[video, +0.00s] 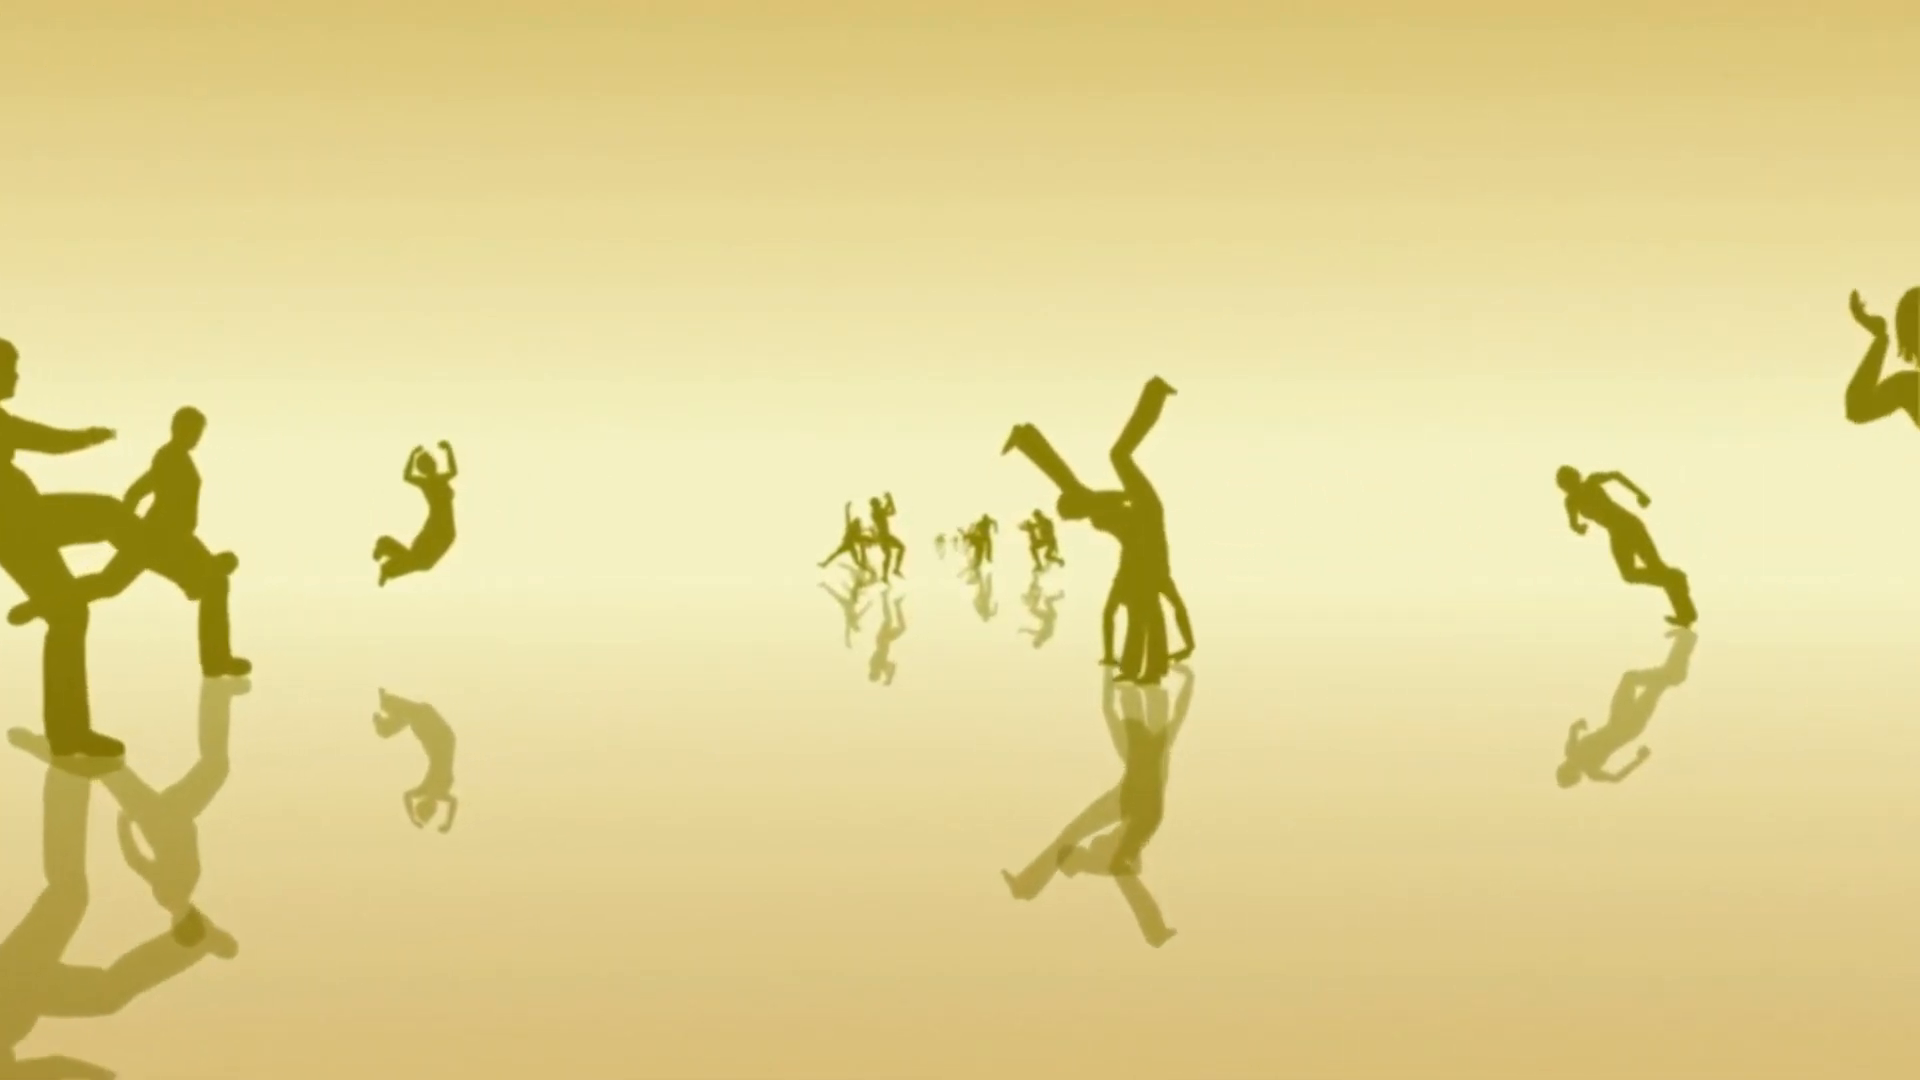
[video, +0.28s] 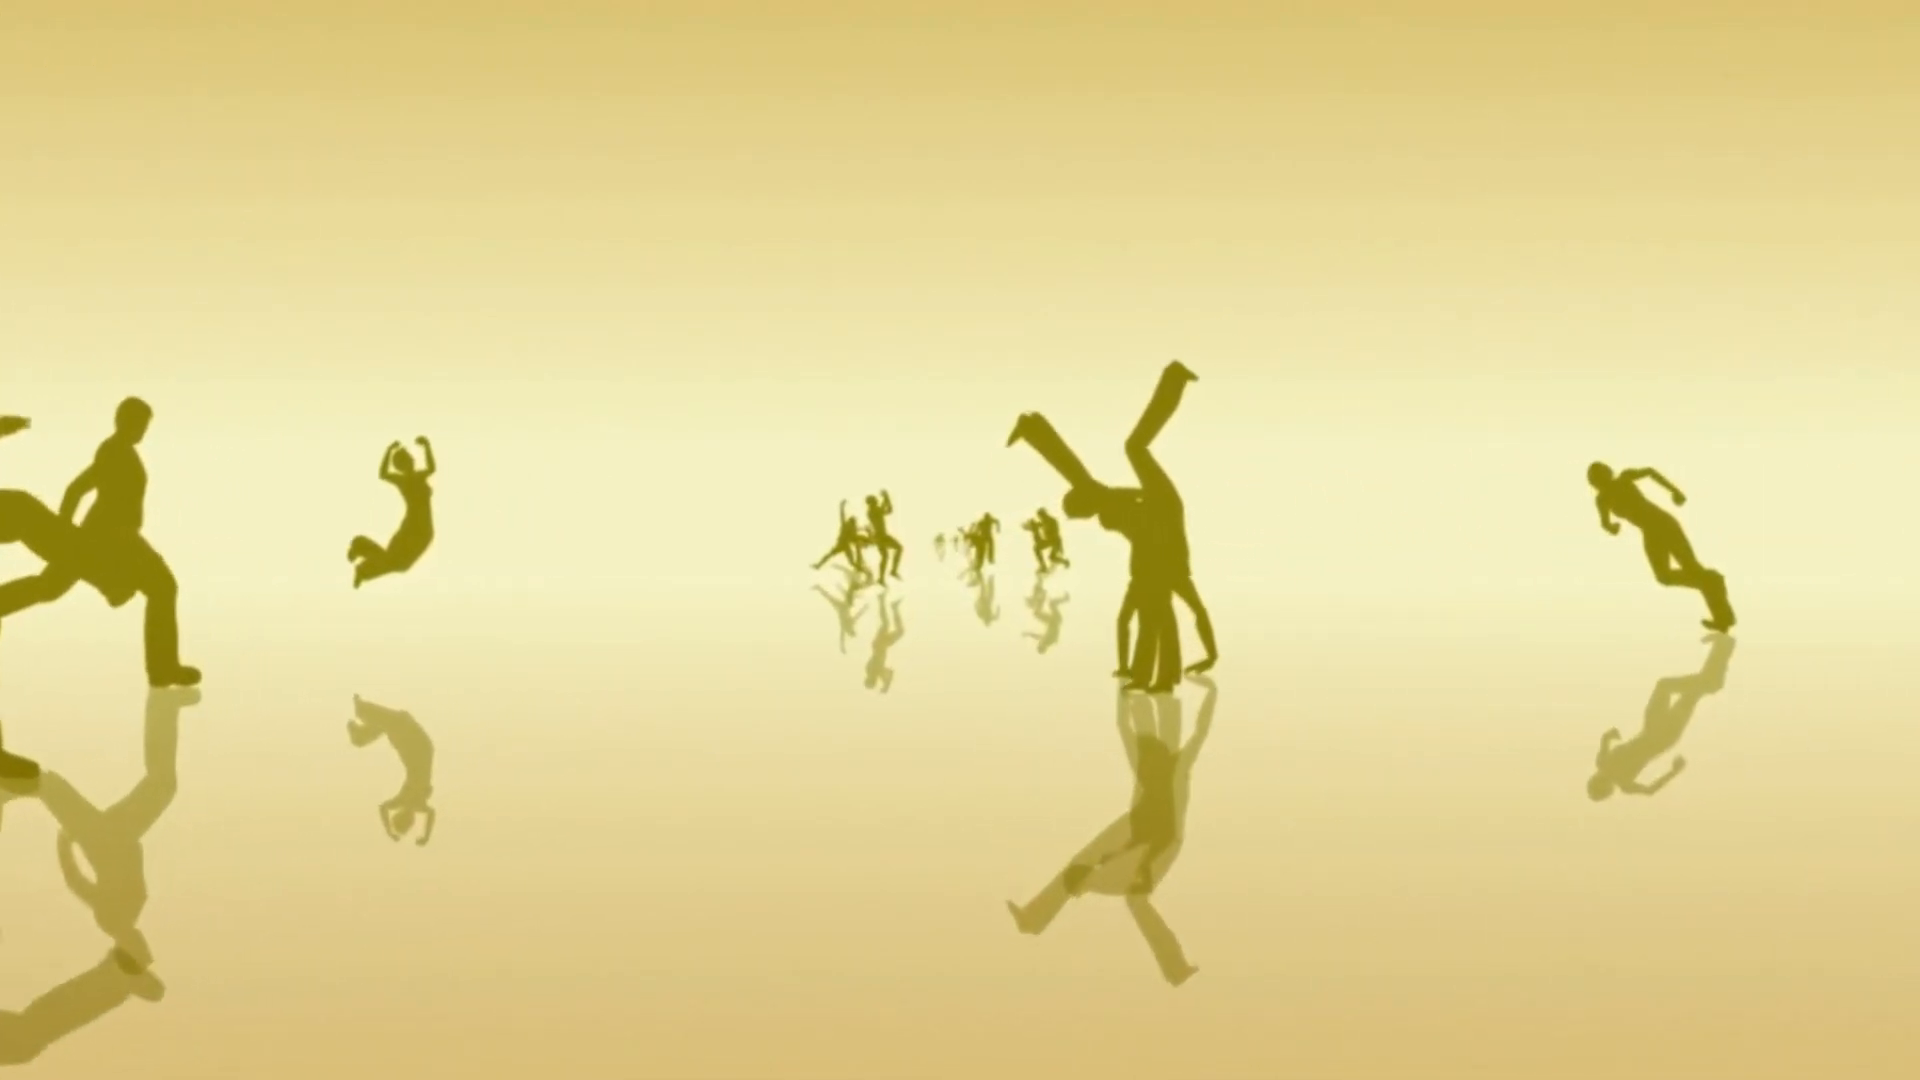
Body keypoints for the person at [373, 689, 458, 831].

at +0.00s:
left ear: (431, 806)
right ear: (421, 804)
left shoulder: (440, 794)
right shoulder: (423, 791)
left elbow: (454, 801)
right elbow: (406, 796)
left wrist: (448, 824)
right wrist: (412, 818)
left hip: (427, 715)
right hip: (417, 714)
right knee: (385, 732)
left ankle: (387, 700)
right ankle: (376, 718)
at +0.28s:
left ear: (409, 818)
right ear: (397, 815)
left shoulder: (418, 805)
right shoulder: (400, 802)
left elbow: (432, 812)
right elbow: (382, 808)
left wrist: (426, 837)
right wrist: (389, 831)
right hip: (394, 723)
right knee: (359, 740)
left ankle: (362, 707)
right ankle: (351, 725)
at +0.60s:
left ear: (387, 829)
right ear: (375, 826)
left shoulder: (397, 816)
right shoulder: (378, 812)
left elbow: (411, 823)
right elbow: (360, 818)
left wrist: (405, 848)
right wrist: (366, 842)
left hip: (383, 731)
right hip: (372, 728)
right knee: (336, 747)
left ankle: (338, 713)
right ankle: (327, 732)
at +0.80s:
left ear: (371, 838)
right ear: (359, 835)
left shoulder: (380, 824)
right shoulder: (361, 821)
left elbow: (396, 831)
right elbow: (342, 826)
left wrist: (390, 856)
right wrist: (349, 851)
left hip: (365, 735)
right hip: (355, 734)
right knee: (318, 754)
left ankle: (321, 719)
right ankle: (309, 737)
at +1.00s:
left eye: (347, 856)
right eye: (343, 856)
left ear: (354, 847)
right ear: (342, 844)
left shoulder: (364, 832)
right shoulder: (343, 829)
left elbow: (379, 841)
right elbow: (324, 834)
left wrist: (373, 866)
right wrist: (332, 860)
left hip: (349, 741)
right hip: (336, 741)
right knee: (299, 760)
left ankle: (302, 725)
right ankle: (290, 742)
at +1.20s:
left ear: (335, 856)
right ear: (322, 853)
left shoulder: (346, 841)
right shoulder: (325, 838)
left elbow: (362, 849)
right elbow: (305, 843)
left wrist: (355, 875)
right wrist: (312, 870)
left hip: (330, 747)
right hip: (317, 747)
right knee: (279, 767)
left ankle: (282, 730)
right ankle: (270, 749)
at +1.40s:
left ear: (316, 866)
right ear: (303, 863)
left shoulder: (327, 851)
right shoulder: (307, 847)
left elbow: (343, 859)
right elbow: (286, 853)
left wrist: (337, 886)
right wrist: (293, 881)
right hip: (298, 753)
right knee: (258, 774)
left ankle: (262, 736)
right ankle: (249, 756)